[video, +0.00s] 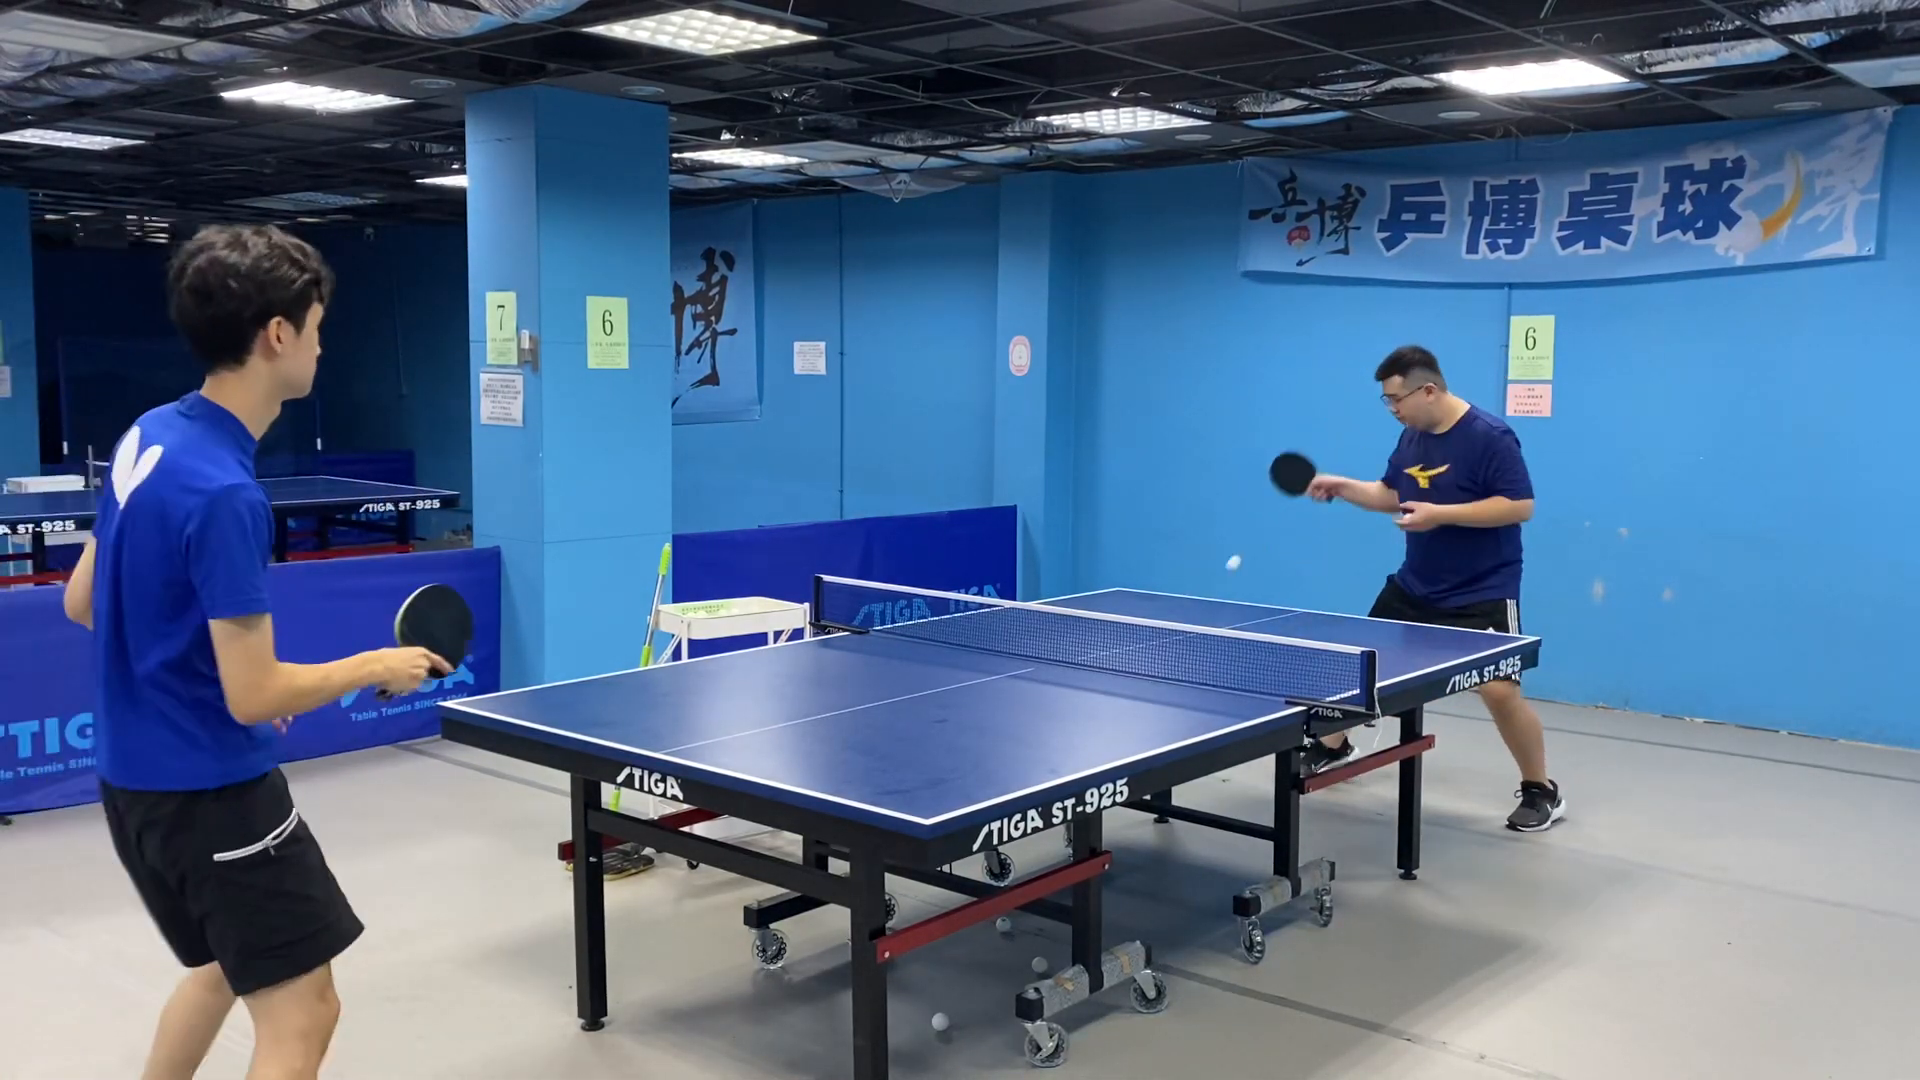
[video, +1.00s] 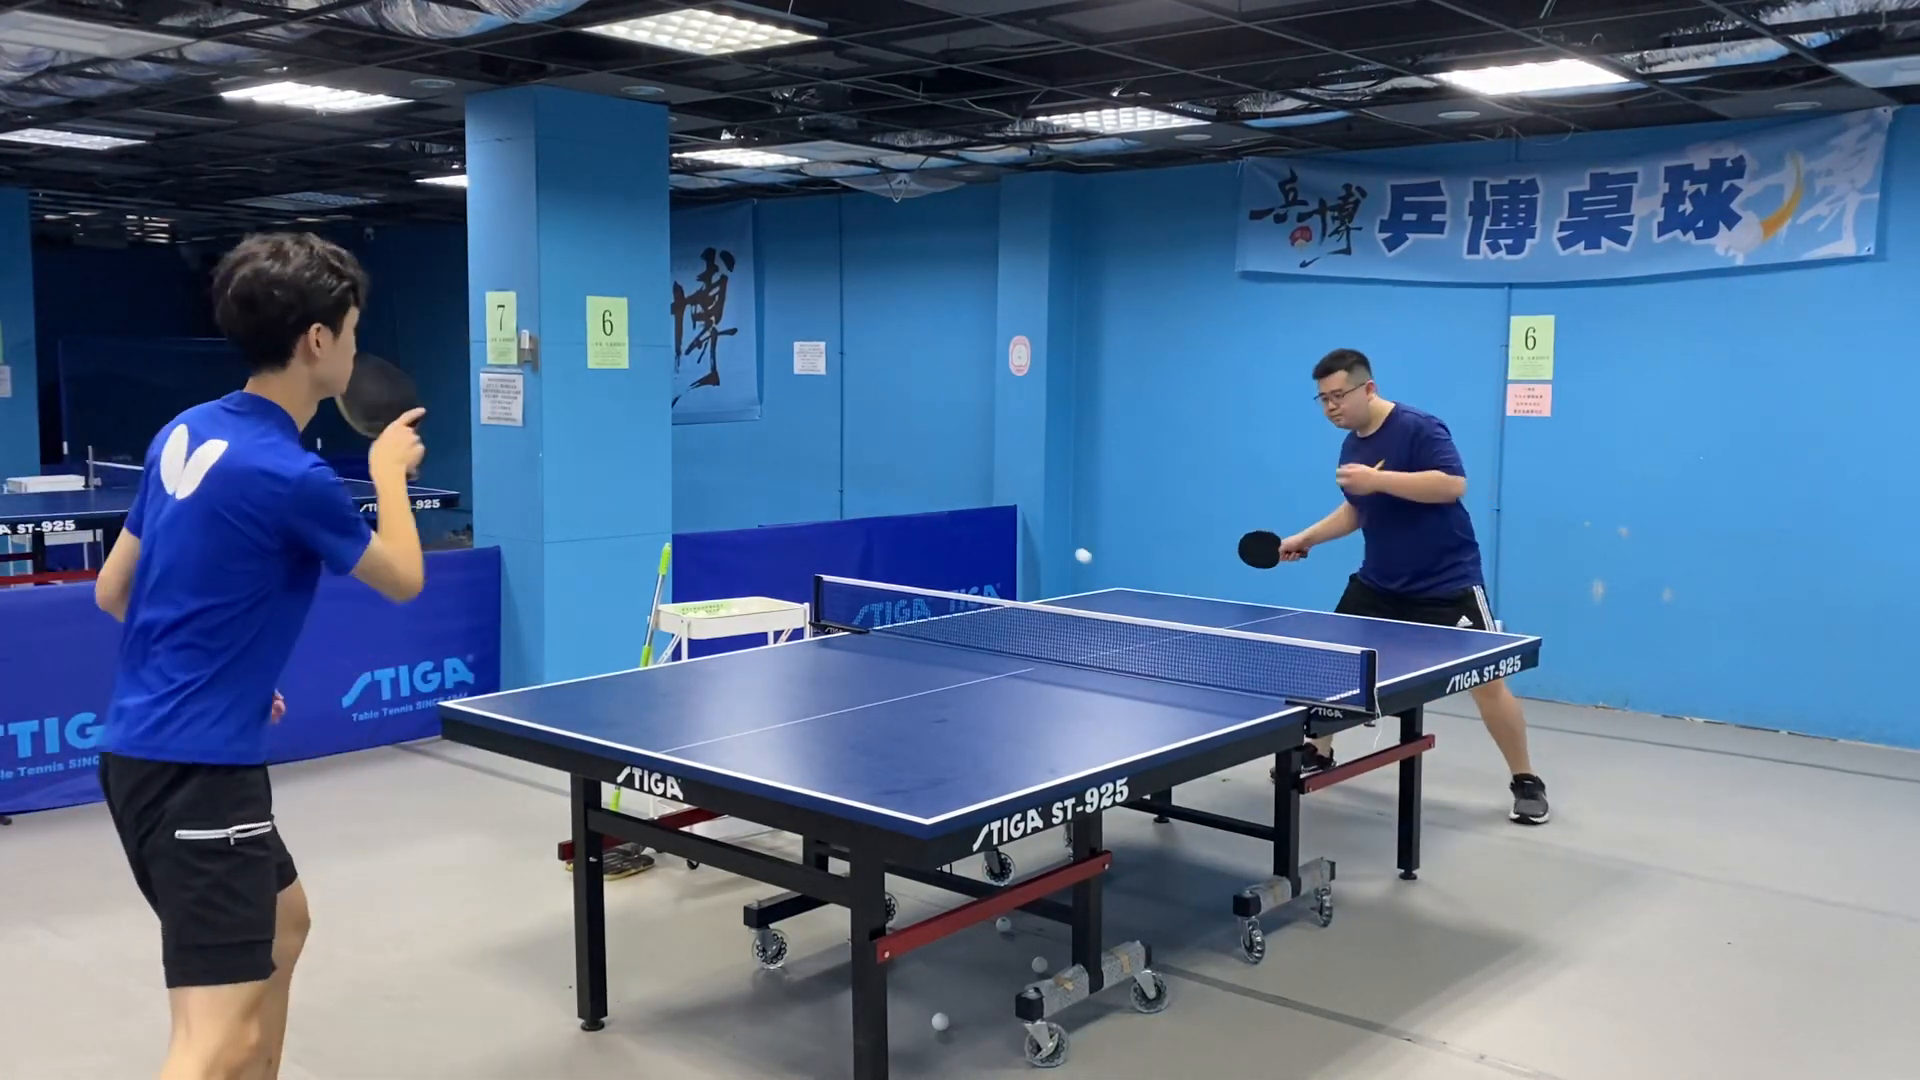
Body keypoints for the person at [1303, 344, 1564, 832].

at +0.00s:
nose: (1392, 411)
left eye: (1396, 400)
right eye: (1388, 402)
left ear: (1430, 390)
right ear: (1420, 394)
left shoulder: (1491, 436)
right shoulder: (1411, 440)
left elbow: (1521, 506)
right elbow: (1392, 496)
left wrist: (1441, 514)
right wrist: (1343, 487)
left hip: (1483, 595)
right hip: (1414, 587)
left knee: (1497, 689)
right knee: (1353, 663)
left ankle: (1539, 789)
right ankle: (1331, 745)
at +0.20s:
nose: (1389, 415)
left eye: (1398, 404)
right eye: (1384, 405)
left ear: (1432, 395)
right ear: (1381, 401)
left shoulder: (1484, 444)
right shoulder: (1386, 443)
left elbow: (1523, 505)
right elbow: (1355, 495)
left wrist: (1453, 523)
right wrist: (1346, 458)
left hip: (1474, 598)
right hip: (1397, 592)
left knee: (1503, 688)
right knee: (1331, 661)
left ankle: (1537, 789)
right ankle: (1314, 743)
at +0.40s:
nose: (1363, 425)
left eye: (1373, 415)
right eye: (1356, 415)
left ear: (1402, 410)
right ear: (1350, 413)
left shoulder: (1449, 451)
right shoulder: (1346, 458)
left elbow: (1490, 497)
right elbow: (1335, 520)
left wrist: (1444, 532)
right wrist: (1320, 516)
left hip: (1453, 595)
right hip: (1370, 594)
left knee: (1500, 673)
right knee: (1313, 660)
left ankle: (1533, 781)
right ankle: (1315, 751)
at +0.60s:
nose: (1347, 431)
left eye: (1358, 420)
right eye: (1340, 422)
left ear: (1385, 418)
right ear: (1333, 423)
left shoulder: (1435, 455)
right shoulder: (1333, 471)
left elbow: (1478, 498)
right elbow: (1324, 526)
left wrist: (1440, 536)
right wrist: (1302, 540)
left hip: (1448, 597)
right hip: (1367, 597)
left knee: (1494, 673)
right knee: (1311, 660)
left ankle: (1525, 780)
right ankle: (1315, 751)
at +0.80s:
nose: (1341, 407)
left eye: (1351, 397)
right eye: (1334, 399)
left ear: (1379, 396)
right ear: (1328, 402)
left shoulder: (1431, 437)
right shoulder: (1336, 453)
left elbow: (1481, 482)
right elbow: (1330, 509)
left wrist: (1427, 514)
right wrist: (1290, 533)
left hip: (1450, 590)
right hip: (1372, 588)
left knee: (1489, 675)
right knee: (1322, 661)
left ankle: (1525, 779)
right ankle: (1316, 751)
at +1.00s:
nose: (1329, 408)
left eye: (1337, 396)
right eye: (1323, 400)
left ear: (1369, 389)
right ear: (1324, 401)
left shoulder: (1420, 428)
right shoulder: (1352, 449)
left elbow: (1453, 484)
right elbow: (1357, 512)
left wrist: (1376, 480)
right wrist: (1307, 538)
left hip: (1448, 586)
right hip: (1377, 584)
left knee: (1487, 679)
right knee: (1324, 660)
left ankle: (1525, 780)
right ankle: (1318, 750)